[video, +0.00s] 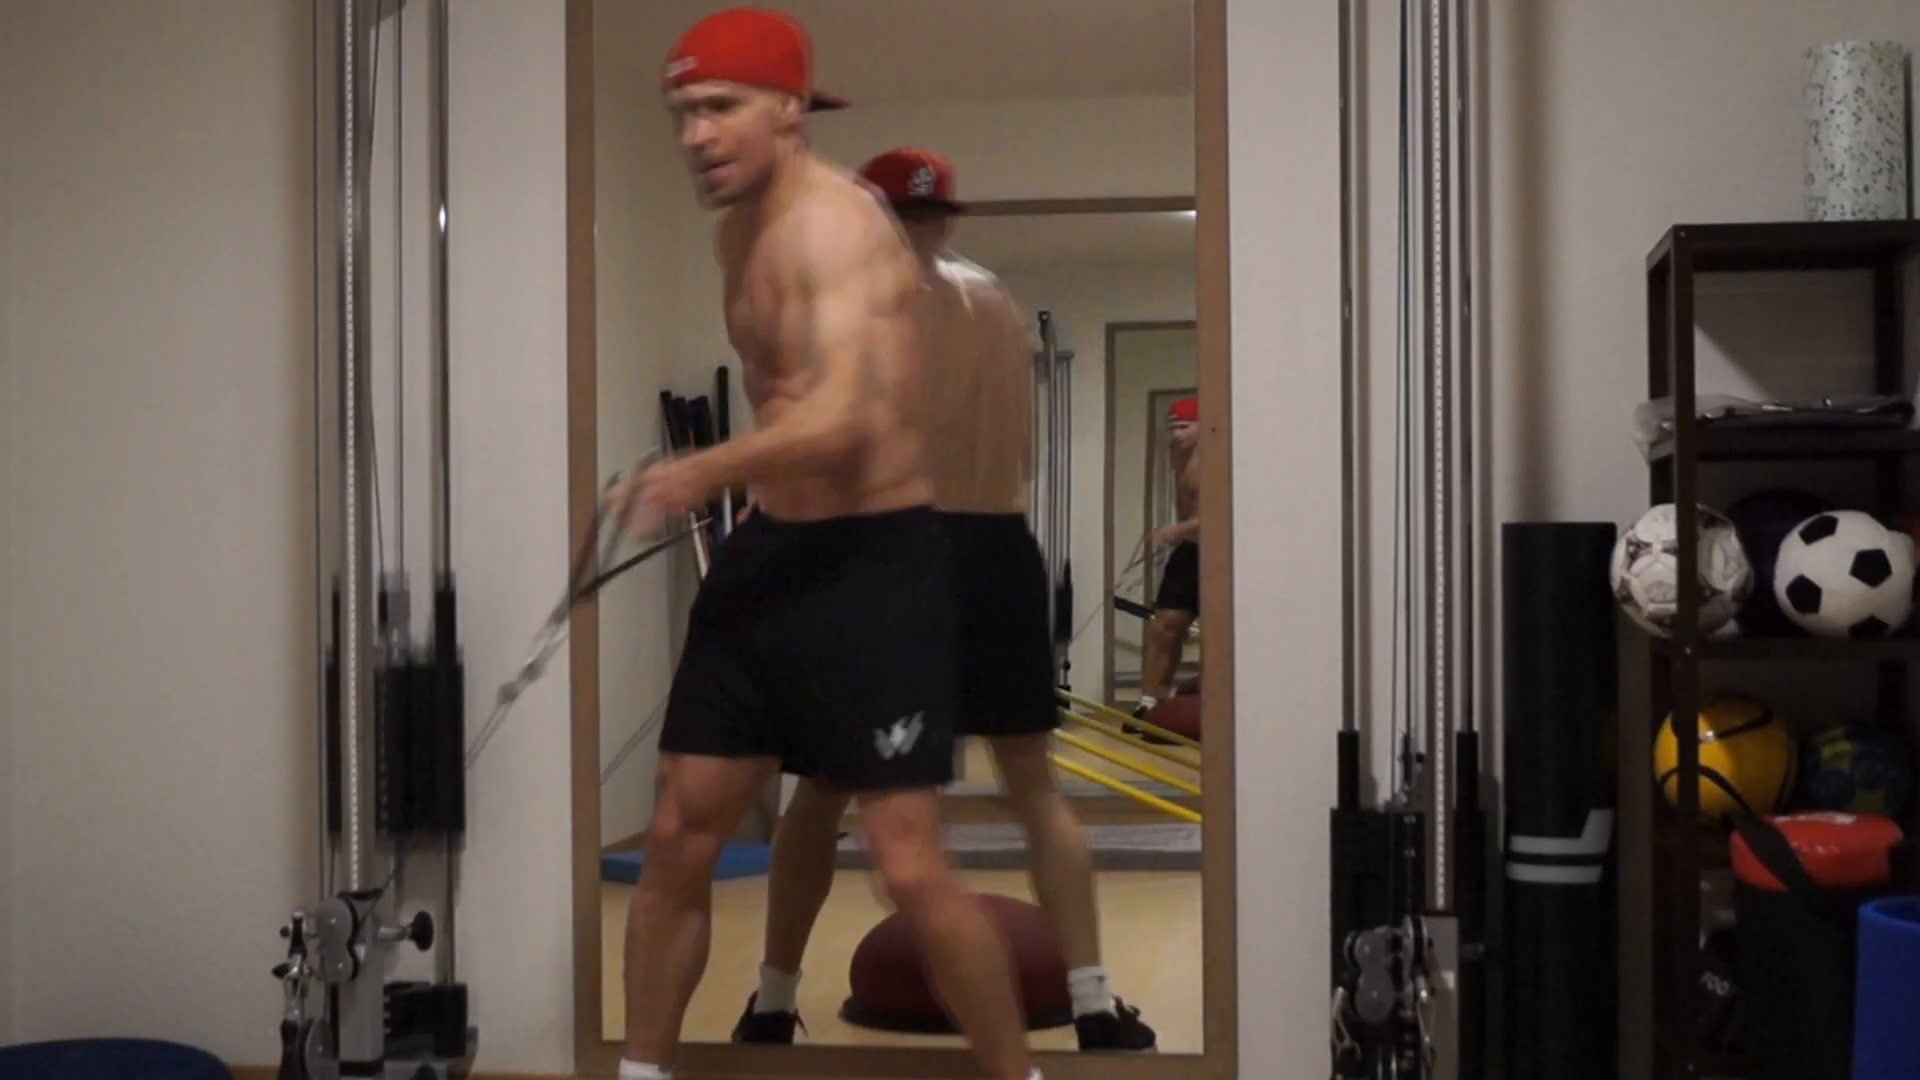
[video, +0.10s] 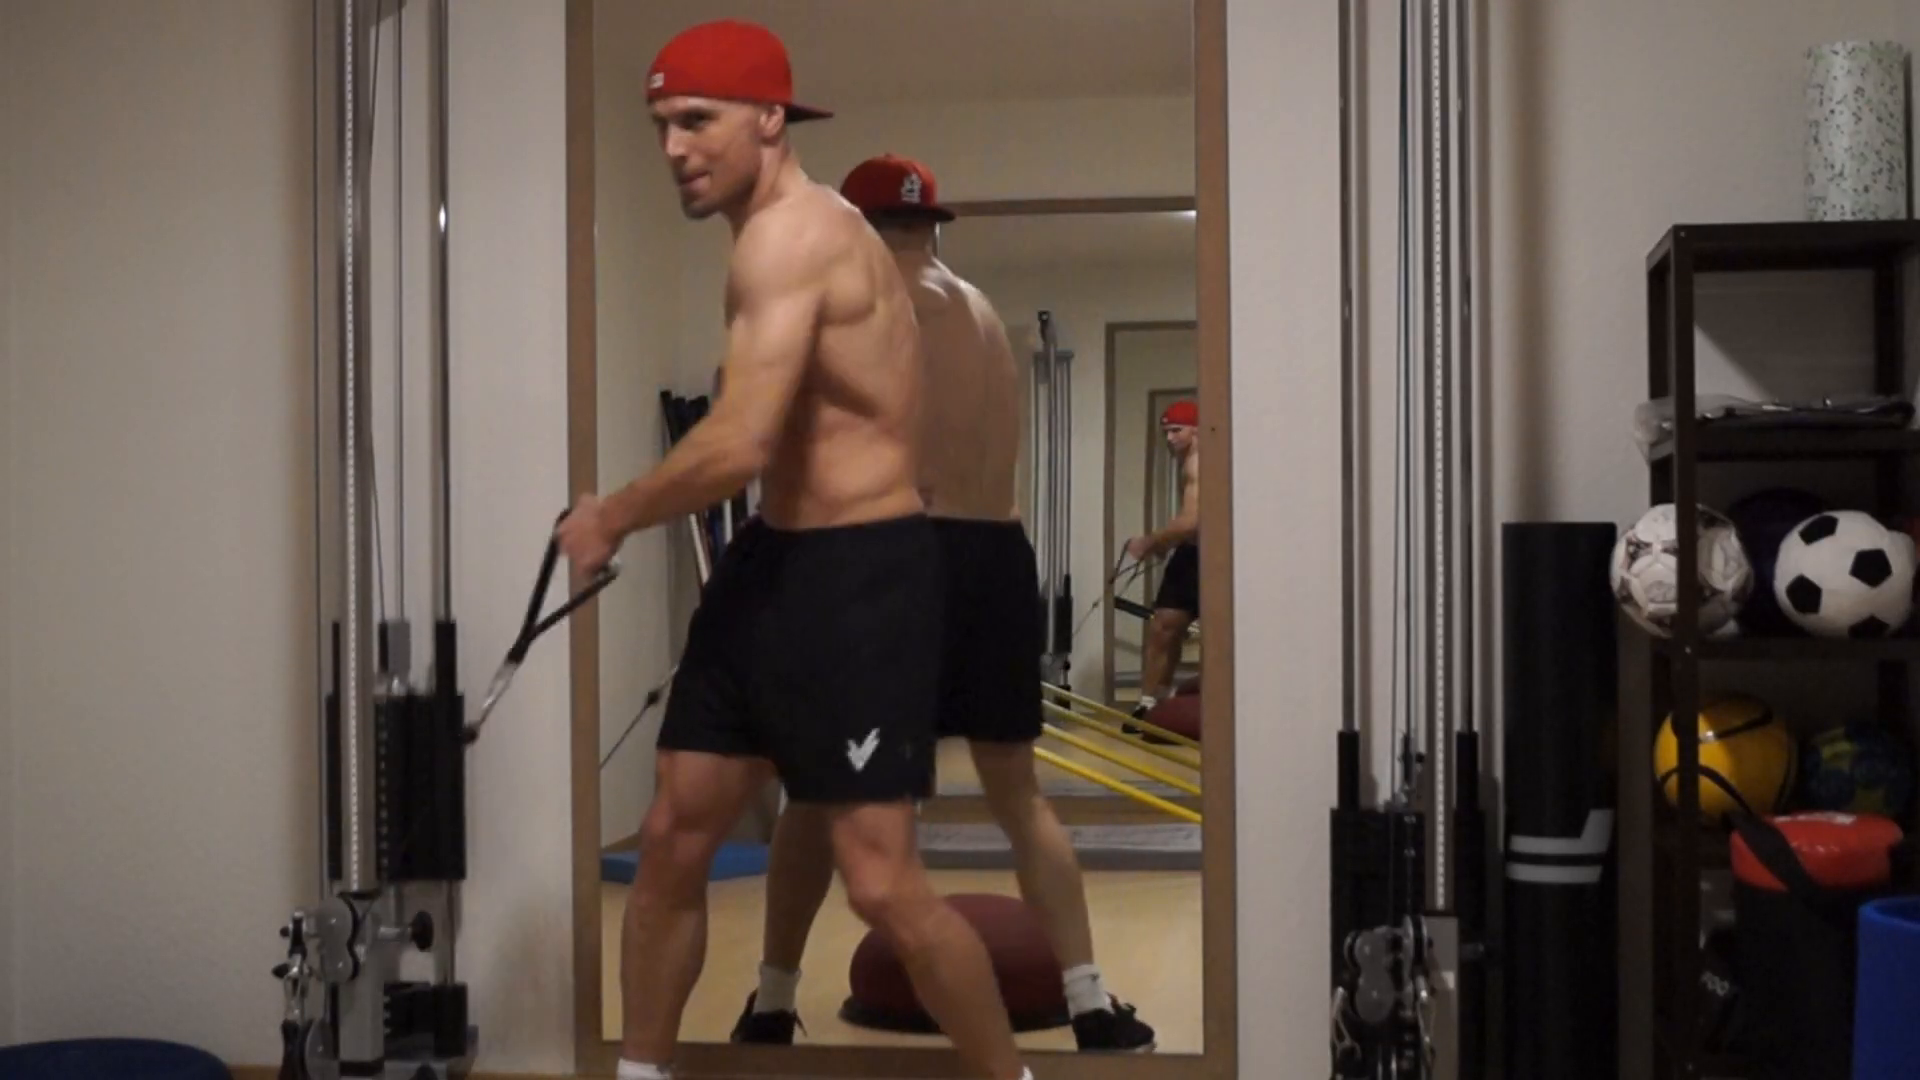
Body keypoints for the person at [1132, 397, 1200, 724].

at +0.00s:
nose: (1176, 434)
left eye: (1182, 426)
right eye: (1173, 427)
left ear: (1201, 426)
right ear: (1173, 430)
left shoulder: (1212, 459)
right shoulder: (1183, 461)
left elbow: (1216, 513)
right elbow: (1195, 510)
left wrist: (1177, 529)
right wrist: (1182, 534)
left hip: (1213, 549)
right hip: (1189, 547)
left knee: (1217, 630)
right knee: (1166, 624)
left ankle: (1210, 702)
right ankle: (1150, 699)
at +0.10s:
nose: (1169, 437)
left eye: (1175, 430)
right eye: (1167, 431)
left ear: (1194, 431)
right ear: (1185, 434)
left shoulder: (1197, 460)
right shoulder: (1194, 459)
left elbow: (1191, 519)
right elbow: (1193, 521)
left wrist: (1150, 540)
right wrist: (1163, 543)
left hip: (1195, 552)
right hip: (1196, 550)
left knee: (1163, 624)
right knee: (1170, 626)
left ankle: (1148, 700)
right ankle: (1159, 697)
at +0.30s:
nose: (1173, 445)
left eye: (1179, 437)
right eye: (1171, 438)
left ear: (1198, 437)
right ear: (1176, 440)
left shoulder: (1198, 470)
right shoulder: (1202, 469)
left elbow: (1173, 522)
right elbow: (1182, 530)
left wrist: (1133, 556)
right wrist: (1149, 557)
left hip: (1199, 556)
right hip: (1195, 555)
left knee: (1164, 623)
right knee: (1167, 624)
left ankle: (1148, 700)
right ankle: (1153, 699)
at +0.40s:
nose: (1187, 439)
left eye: (1191, 432)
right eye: (1184, 433)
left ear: (1206, 431)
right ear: (1182, 437)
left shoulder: (1216, 466)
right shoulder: (1192, 468)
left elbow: (1209, 517)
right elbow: (1193, 517)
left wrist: (1175, 540)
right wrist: (1172, 545)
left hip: (1209, 550)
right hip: (1190, 551)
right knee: (1166, 626)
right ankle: (1150, 699)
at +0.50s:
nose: (1208, 427)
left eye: (1213, 421)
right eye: (1203, 420)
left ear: (1223, 425)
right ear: (1197, 423)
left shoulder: (1231, 461)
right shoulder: (1187, 459)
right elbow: (1159, 490)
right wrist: (1178, 528)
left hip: (1221, 549)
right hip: (1194, 546)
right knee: (1178, 628)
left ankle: (1163, 695)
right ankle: (1151, 697)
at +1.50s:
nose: (1192, 436)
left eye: (1198, 429)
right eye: (1191, 430)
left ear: (1213, 430)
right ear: (1193, 433)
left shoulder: (1224, 461)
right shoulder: (1204, 458)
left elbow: (1207, 520)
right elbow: (1201, 516)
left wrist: (1165, 549)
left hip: (1221, 546)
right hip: (1198, 546)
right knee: (1167, 626)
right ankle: (1148, 699)